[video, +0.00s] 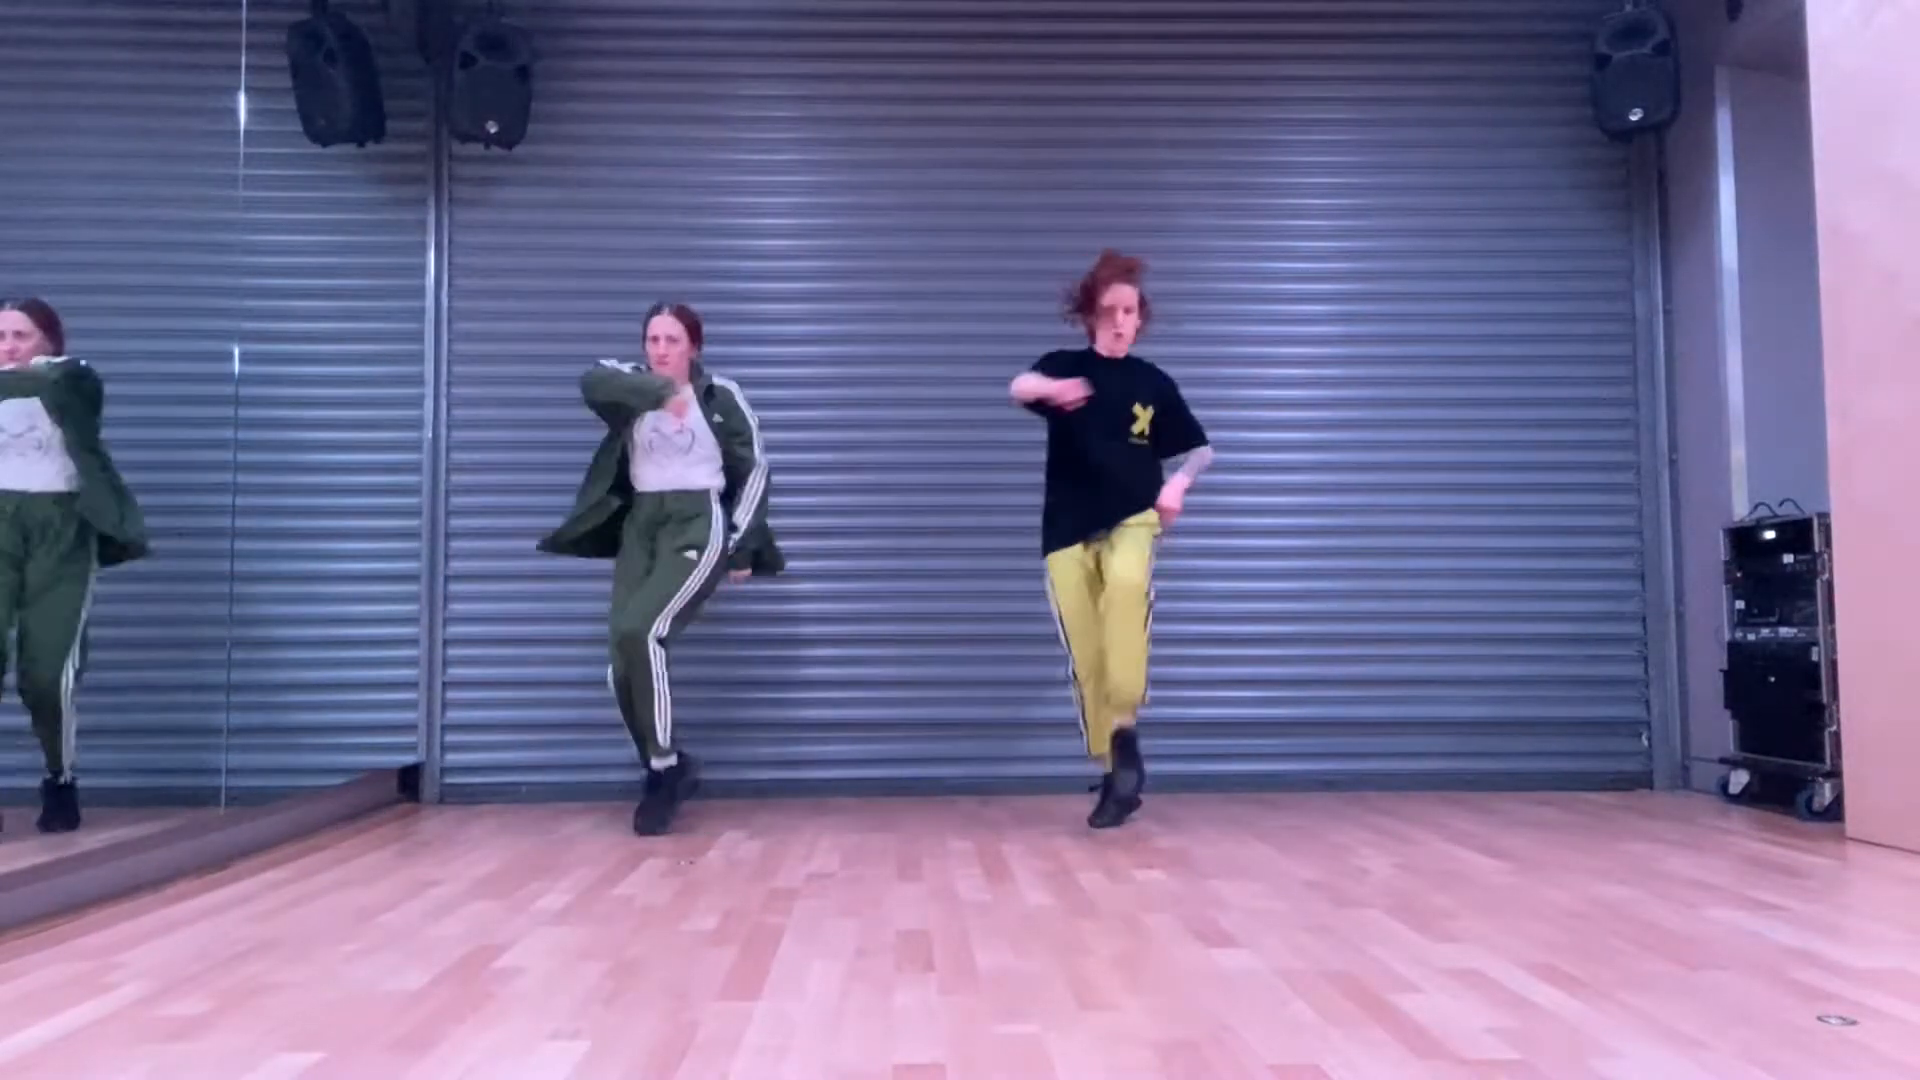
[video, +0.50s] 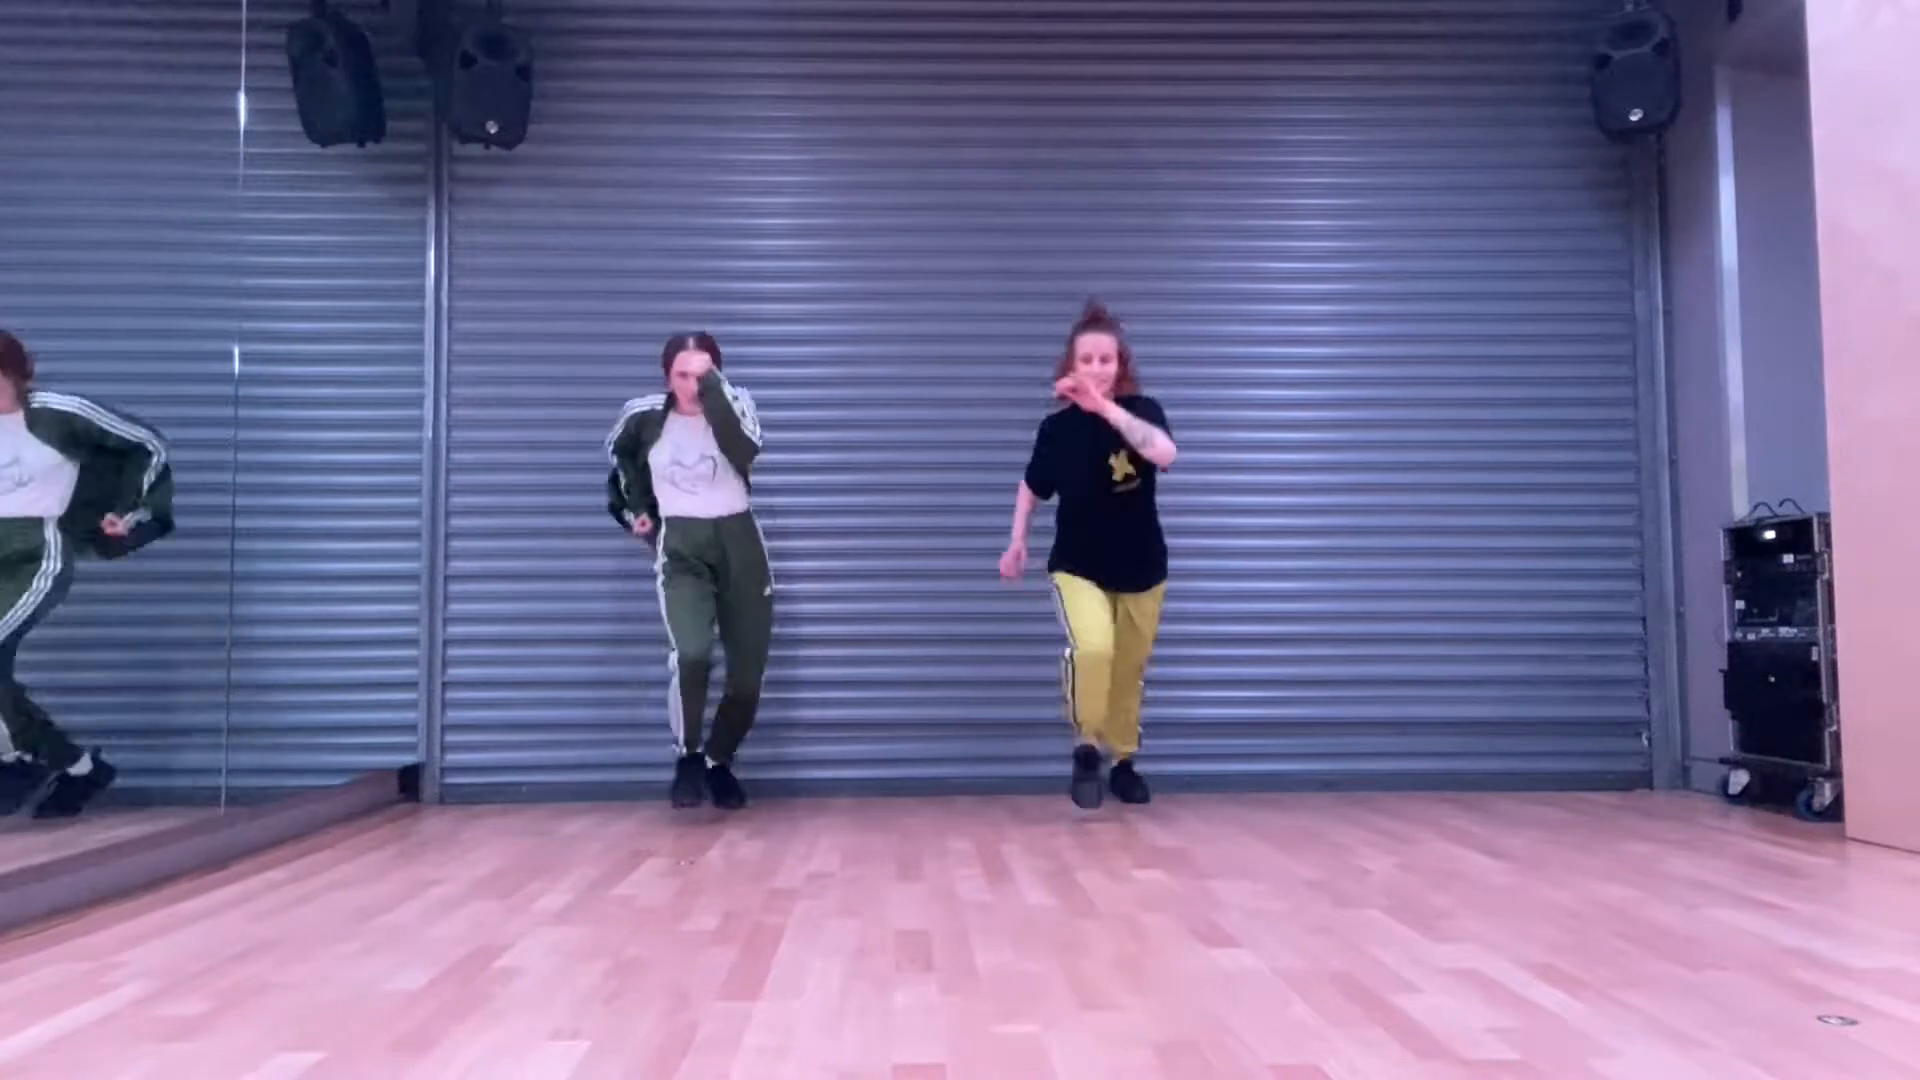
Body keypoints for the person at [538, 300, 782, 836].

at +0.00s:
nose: (660, 348)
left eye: (671, 341)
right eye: (653, 340)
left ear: (693, 348)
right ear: (644, 347)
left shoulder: (719, 397)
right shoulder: (629, 389)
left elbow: (754, 468)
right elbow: (592, 383)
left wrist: (741, 544)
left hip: (698, 522)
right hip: (640, 522)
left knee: (640, 631)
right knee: (623, 654)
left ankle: (663, 770)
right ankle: (665, 770)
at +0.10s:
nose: (659, 359)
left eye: (671, 350)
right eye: (652, 350)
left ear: (692, 357)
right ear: (642, 355)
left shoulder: (719, 407)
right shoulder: (627, 400)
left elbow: (778, 469)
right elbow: (610, 392)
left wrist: (760, 538)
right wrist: (690, 378)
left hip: (702, 539)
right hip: (643, 536)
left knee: (652, 593)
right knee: (629, 678)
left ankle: (669, 716)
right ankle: (664, 781)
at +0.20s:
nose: (665, 360)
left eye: (675, 351)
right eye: (657, 351)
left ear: (695, 357)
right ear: (647, 357)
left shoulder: (723, 400)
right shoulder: (628, 396)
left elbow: (768, 465)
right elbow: (608, 445)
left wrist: (766, 540)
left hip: (705, 534)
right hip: (644, 534)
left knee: (682, 624)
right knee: (628, 674)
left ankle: (703, 708)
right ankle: (664, 777)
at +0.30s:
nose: (673, 359)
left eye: (683, 349)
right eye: (664, 350)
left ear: (701, 354)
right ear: (653, 356)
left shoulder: (729, 401)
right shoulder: (631, 407)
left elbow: (749, 474)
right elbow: (609, 482)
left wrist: (749, 543)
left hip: (719, 532)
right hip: (651, 530)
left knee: (716, 668)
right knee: (645, 668)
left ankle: (726, 734)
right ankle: (669, 780)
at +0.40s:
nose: (685, 366)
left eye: (694, 357)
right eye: (675, 356)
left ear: (710, 361)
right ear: (661, 361)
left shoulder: (732, 399)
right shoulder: (636, 409)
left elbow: (748, 461)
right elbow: (609, 477)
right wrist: (618, 539)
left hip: (730, 536)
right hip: (669, 539)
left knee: (740, 666)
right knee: (668, 664)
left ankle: (719, 761)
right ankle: (672, 771)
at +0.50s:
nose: (693, 385)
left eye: (701, 376)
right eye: (682, 377)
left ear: (716, 375)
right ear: (668, 379)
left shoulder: (734, 403)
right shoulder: (643, 418)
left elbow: (744, 456)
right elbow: (621, 471)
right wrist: (635, 511)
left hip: (739, 544)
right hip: (680, 549)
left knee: (748, 670)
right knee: (693, 654)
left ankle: (719, 760)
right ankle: (689, 761)